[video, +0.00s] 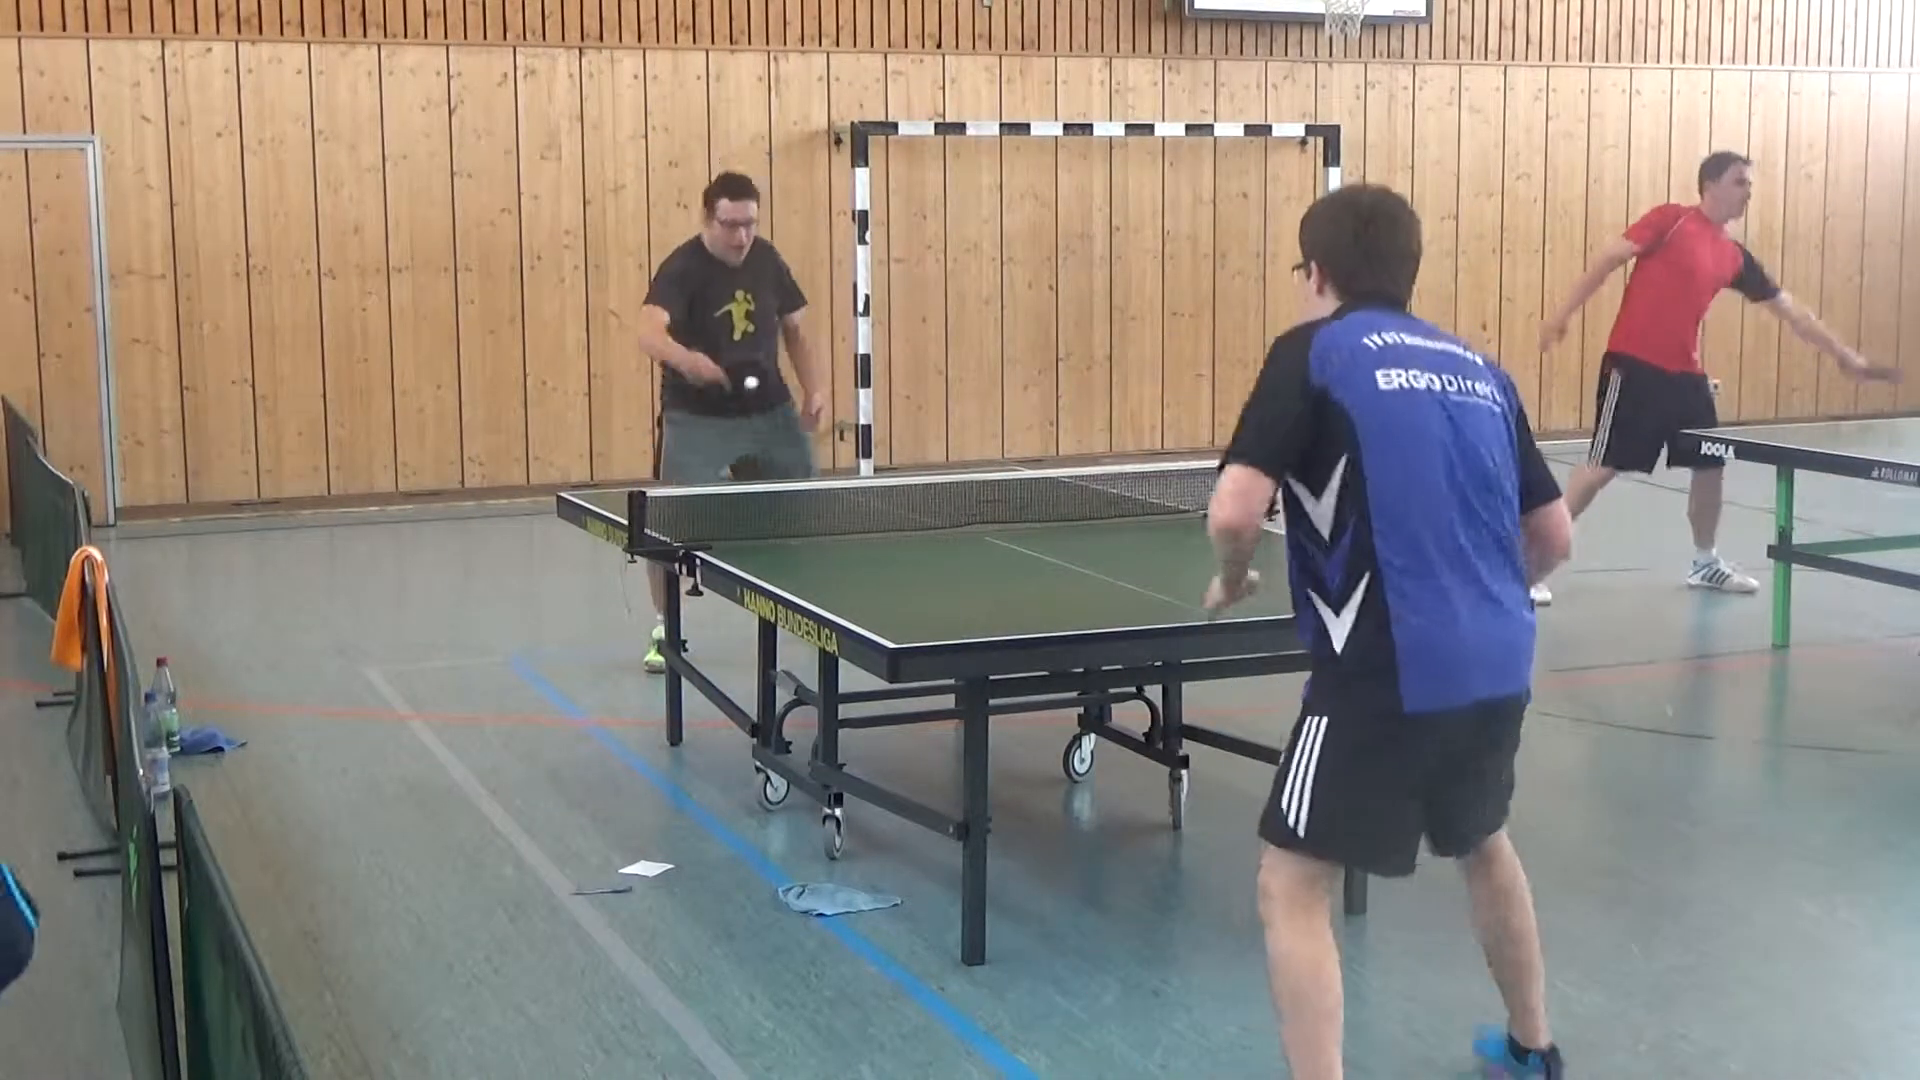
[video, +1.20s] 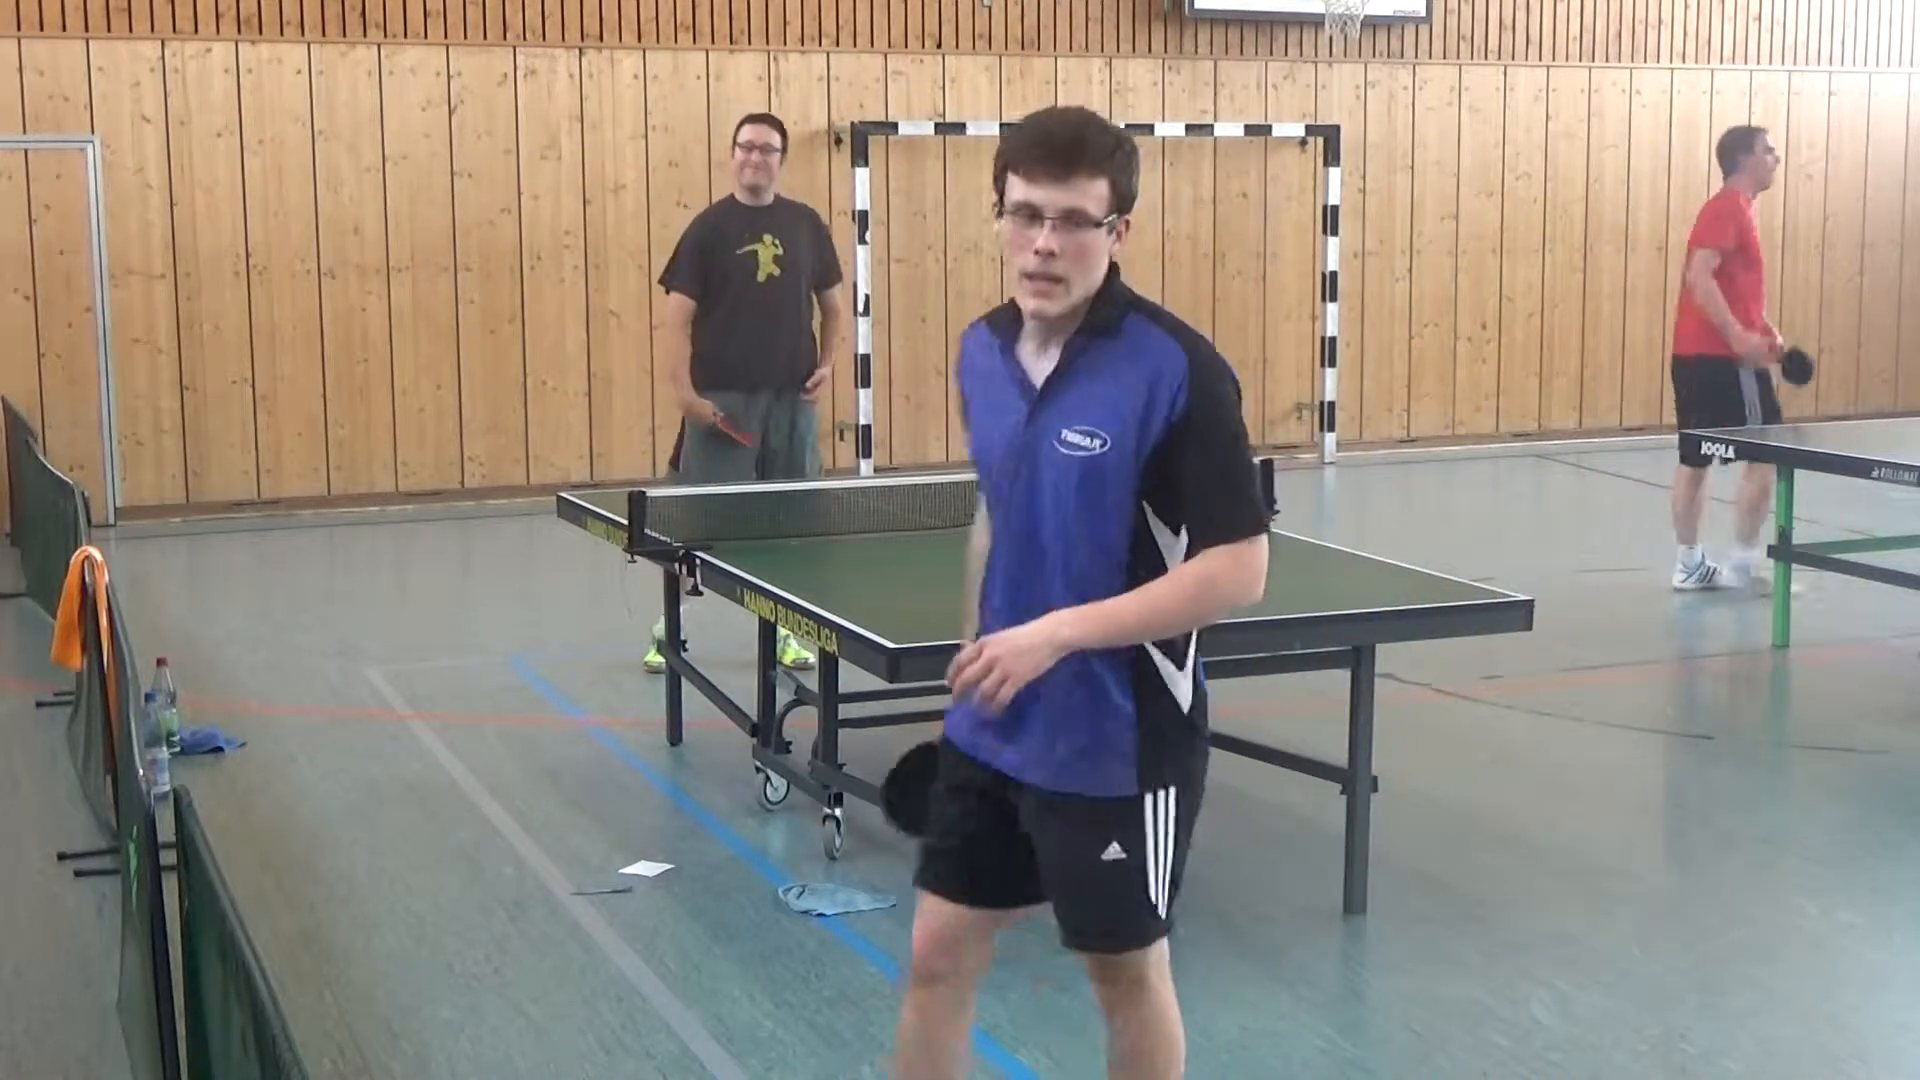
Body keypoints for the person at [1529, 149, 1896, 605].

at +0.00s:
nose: (1748, 193)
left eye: (1749, 186)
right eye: (1741, 184)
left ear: (1735, 192)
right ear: (1711, 185)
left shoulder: (1735, 255)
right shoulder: (1672, 218)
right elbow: (1608, 259)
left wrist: (1845, 353)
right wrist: (1562, 315)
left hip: (1686, 374)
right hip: (1634, 365)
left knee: (1709, 463)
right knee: (1602, 465)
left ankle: (1704, 563)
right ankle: (1528, 562)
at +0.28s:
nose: (1729, 167)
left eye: (1730, 160)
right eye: (1718, 160)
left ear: (1729, 169)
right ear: (1691, 169)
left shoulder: (1733, 236)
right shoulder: (1652, 214)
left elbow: (1758, 304)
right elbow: (1595, 262)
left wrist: (1787, 366)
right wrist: (1553, 314)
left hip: (1695, 371)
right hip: (1640, 365)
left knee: (1704, 467)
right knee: (1613, 462)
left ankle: (1704, 563)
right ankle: (1565, 563)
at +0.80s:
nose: (1719, 158)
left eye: (1719, 151)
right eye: (1707, 151)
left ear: (1716, 162)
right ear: (1680, 164)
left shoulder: (1727, 225)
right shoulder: (1653, 217)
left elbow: (1733, 299)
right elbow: (1620, 286)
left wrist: (1736, 359)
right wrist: (1614, 353)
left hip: (1710, 369)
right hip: (1659, 366)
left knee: (1716, 463)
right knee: (1628, 460)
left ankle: (1694, 565)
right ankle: (1567, 555)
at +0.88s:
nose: (1726, 156)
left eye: (1726, 149)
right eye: (1715, 149)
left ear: (1723, 160)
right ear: (1689, 162)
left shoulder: (1730, 224)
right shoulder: (1664, 214)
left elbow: (1738, 297)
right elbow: (1635, 282)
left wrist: (1742, 362)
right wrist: (1635, 349)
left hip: (1719, 364)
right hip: (1675, 361)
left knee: (1712, 464)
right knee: (1655, 462)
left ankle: (1693, 564)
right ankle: (1587, 544)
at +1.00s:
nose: (1744, 154)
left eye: (1743, 148)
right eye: (1733, 148)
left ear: (1728, 161)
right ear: (1705, 159)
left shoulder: (1733, 221)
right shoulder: (1686, 210)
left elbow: (1739, 292)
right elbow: (1655, 276)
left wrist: (1755, 349)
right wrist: (1667, 345)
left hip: (1724, 357)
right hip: (1693, 355)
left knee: (1707, 462)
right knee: (1704, 458)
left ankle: (1692, 566)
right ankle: (1627, 542)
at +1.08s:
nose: (1756, 154)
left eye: (1753, 147)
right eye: (1746, 148)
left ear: (1731, 160)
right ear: (1720, 160)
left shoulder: (1732, 211)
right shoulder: (1704, 208)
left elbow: (1735, 288)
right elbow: (1671, 277)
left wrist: (1762, 341)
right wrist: (1692, 341)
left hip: (1719, 354)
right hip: (1704, 355)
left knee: (1699, 459)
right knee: (1739, 455)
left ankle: (1689, 561)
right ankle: (1675, 540)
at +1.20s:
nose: (1777, 159)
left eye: (1773, 151)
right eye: (1769, 151)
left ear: (1745, 161)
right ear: (1747, 159)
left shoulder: (1734, 210)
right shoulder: (1729, 209)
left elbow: (1733, 285)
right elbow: (1698, 275)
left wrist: (1764, 329)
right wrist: (1737, 336)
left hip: (1697, 355)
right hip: (1726, 357)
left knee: (1694, 459)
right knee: (1765, 455)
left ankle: (1689, 564)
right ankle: (1743, 564)